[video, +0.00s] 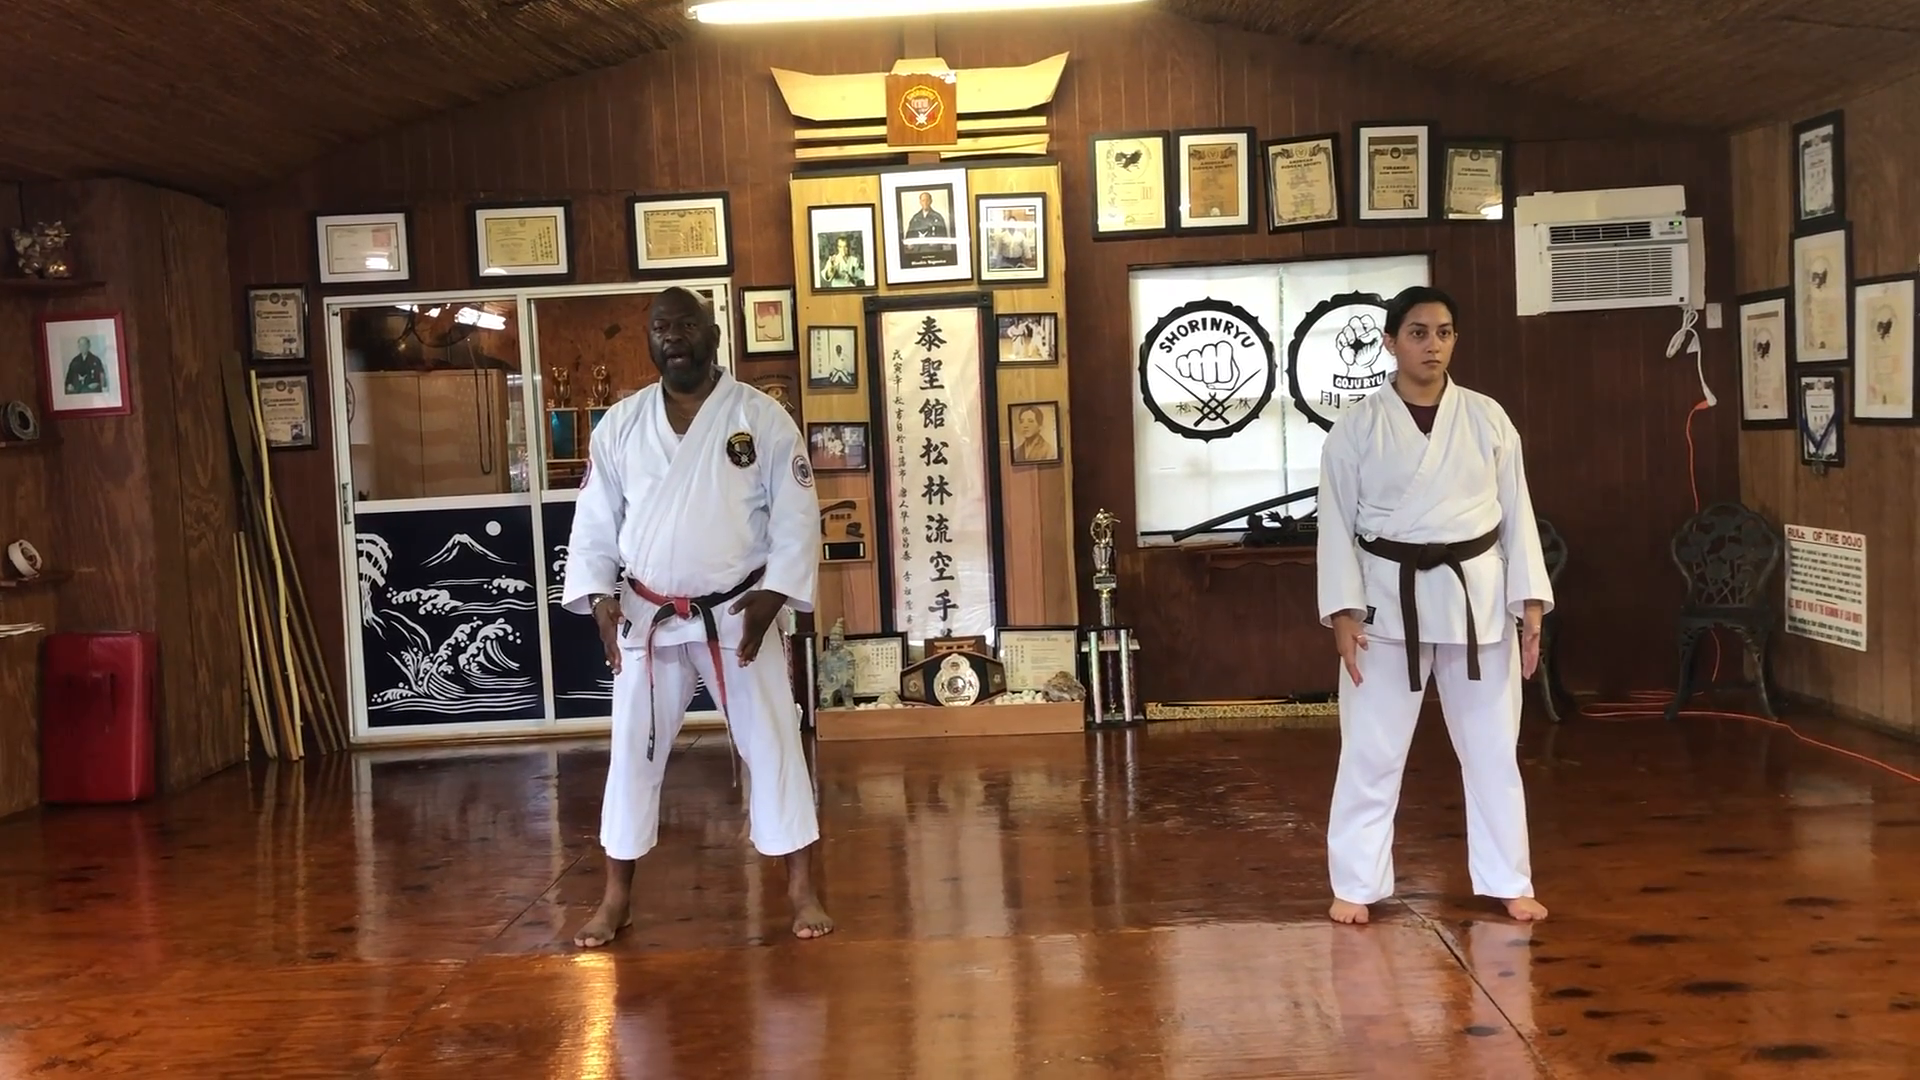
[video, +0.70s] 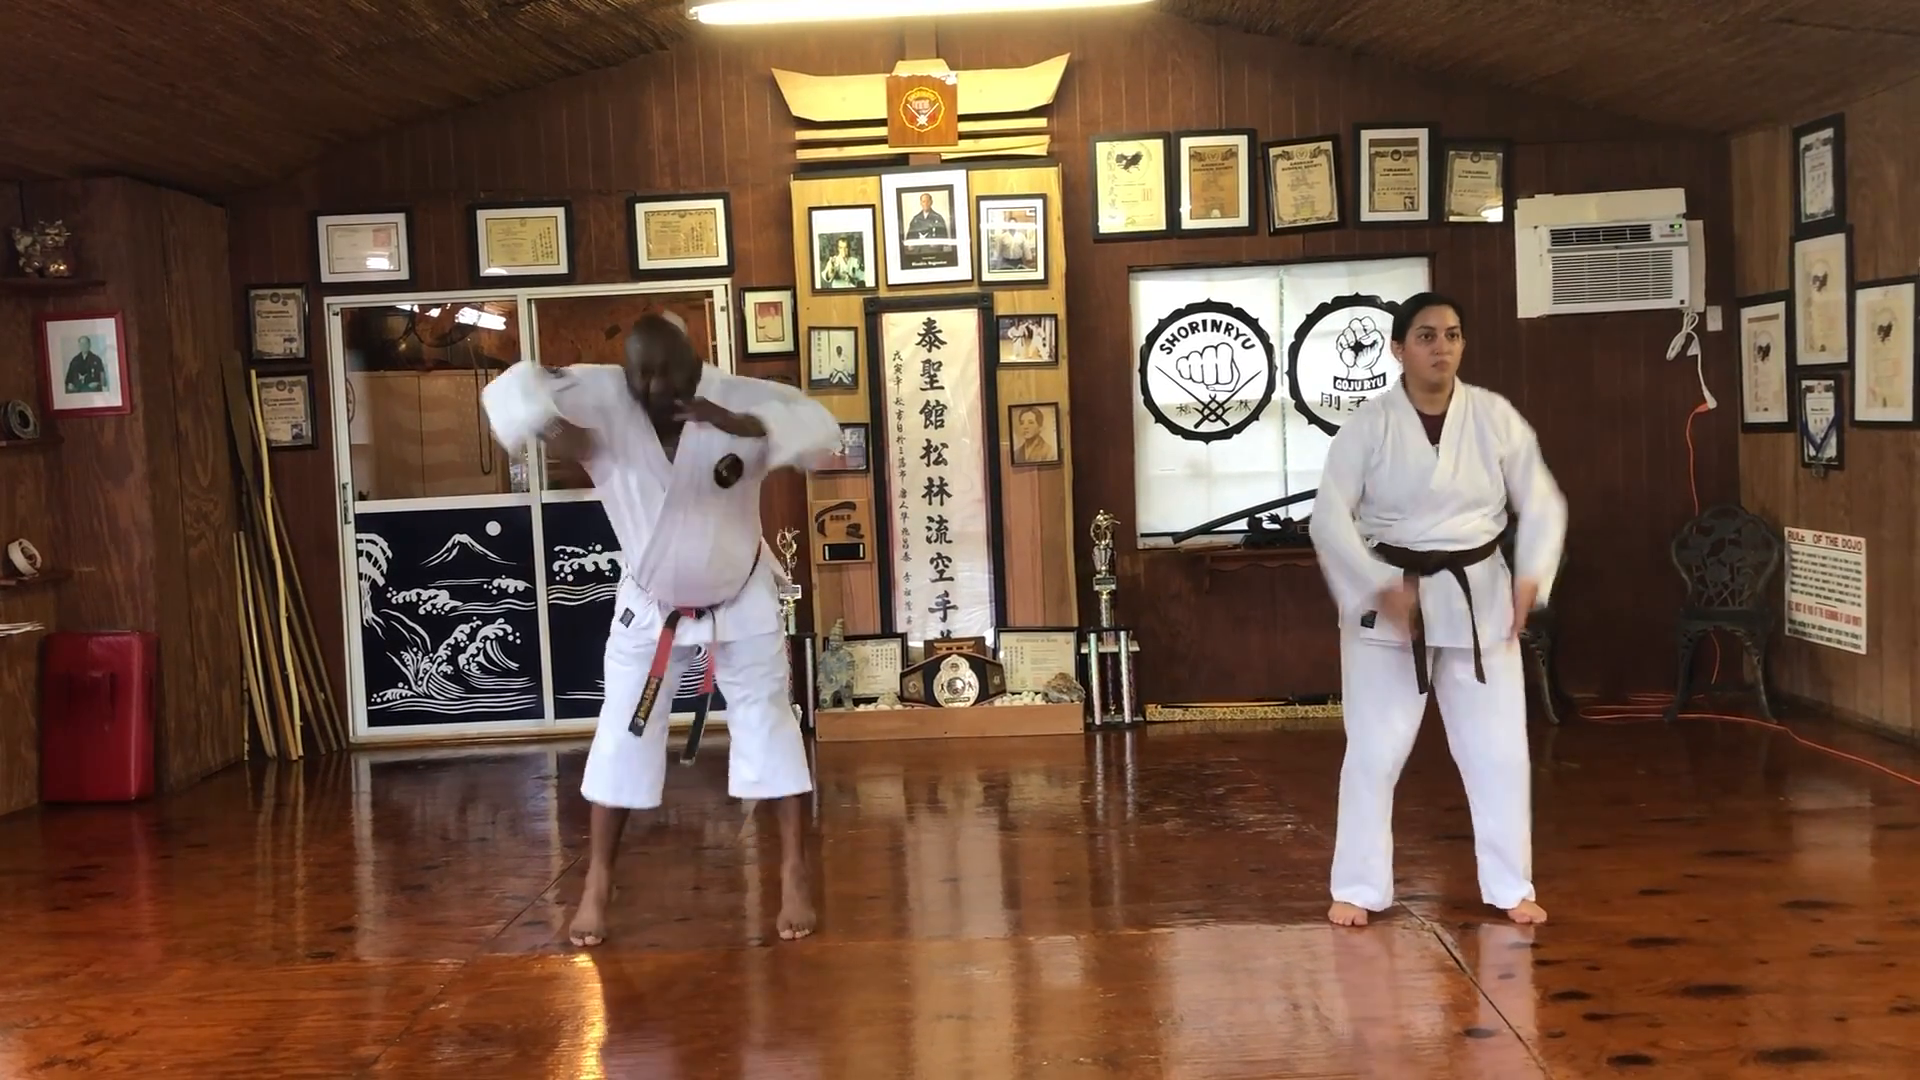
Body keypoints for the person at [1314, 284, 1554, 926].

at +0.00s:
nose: (1433, 344)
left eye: (1444, 332)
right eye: (1419, 332)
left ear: (1455, 343)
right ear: (1391, 342)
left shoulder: (1488, 418)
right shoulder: (1356, 425)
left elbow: (1517, 516)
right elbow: (1335, 522)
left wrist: (1530, 603)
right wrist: (1341, 607)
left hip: (1479, 601)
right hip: (1386, 602)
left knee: (1493, 753)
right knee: (1371, 754)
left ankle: (1510, 884)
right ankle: (1354, 889)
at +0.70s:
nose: (1441, 347)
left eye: (1451, 335)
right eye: (1426, 336)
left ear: (1463, 346)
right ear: (1399, 348)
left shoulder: (1496, 418)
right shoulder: (1368, 424)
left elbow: (1542, 504)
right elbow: (1329, 519)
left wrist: (1529, 578)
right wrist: (1381, 584)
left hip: (1481, 594)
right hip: (1388, 594)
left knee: (1499, 750)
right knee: (1374, 752)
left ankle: (1510, 889)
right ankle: (1357, 891)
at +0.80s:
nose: (1451, 352)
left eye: (1460, 341)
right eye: (1436, 342)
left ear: (1473, 354)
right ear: (1407, 356)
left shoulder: (1503, 406)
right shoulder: (1372, 415)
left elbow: (1588, 431)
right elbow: (1369, 443)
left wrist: (1564, 454)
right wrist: (1421, 462)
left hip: (1470, 585)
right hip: (1380, 586)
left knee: (1490, 732)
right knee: (1371, 735)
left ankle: (1512, 878)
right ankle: (1349, 881)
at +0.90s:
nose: (1457, 386)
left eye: (1467, 374)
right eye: (1445, 376)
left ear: (1481, 385)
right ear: (1420, 386)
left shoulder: (1498, 434)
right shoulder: (1389, 446)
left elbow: (1539, 403)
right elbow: (1394, 419)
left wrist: (1577, 348)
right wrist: (1423, 366)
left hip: (1471, 590)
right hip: (1380, 590)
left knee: (1486, 732)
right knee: (1371, 735)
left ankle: (1509, 881)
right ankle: (1348, 881)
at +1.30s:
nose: (1407, 419)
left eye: (1421, 403)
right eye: (1398, 410)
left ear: (1456, 408)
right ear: (1390, 417)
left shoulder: (1486, 453)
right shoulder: (1383, 462)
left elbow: (1550, 443)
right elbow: (1364, 476)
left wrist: (1540, 400)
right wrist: (1368, 425)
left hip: (1438, 615)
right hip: (1350, 607)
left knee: (1481, 746)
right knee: (1326, 735)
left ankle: (1508, 882)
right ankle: (1270, 866)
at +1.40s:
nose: (1367, 437)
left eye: (1380, 423)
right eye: (1361, 426)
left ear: (1421, 423)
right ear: (1356, 432)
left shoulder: (1467, 470)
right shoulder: (1354, 478)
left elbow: (1562, 446)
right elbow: (1330, 539)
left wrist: (1505, 440)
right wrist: (1335, 476)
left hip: (1416, 639)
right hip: (1328, 625)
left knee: (1479, 768)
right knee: (1265, 751)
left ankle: (1504, 893)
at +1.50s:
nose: (1297, 438)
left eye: (1309, 425)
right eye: (1293, 425)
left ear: (1348, 427)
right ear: (1297, 432)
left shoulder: (1400, 463)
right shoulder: (1285, 493)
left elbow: (1472, 454)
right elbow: (1327, 561)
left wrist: (1547, 427)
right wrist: (1384, 500)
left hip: (1365, 641)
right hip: (1273, 633)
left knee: (1437, 764)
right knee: (1194, 749)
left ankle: (1505, 892)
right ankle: (1081, 858)